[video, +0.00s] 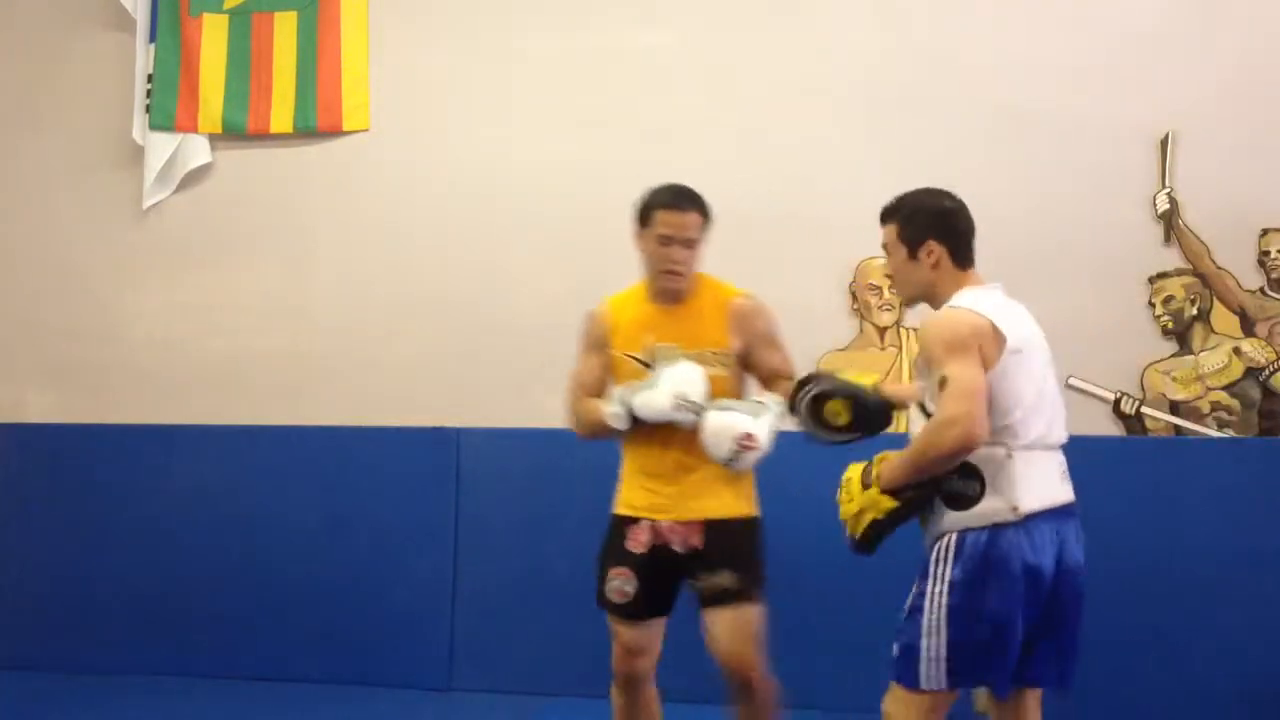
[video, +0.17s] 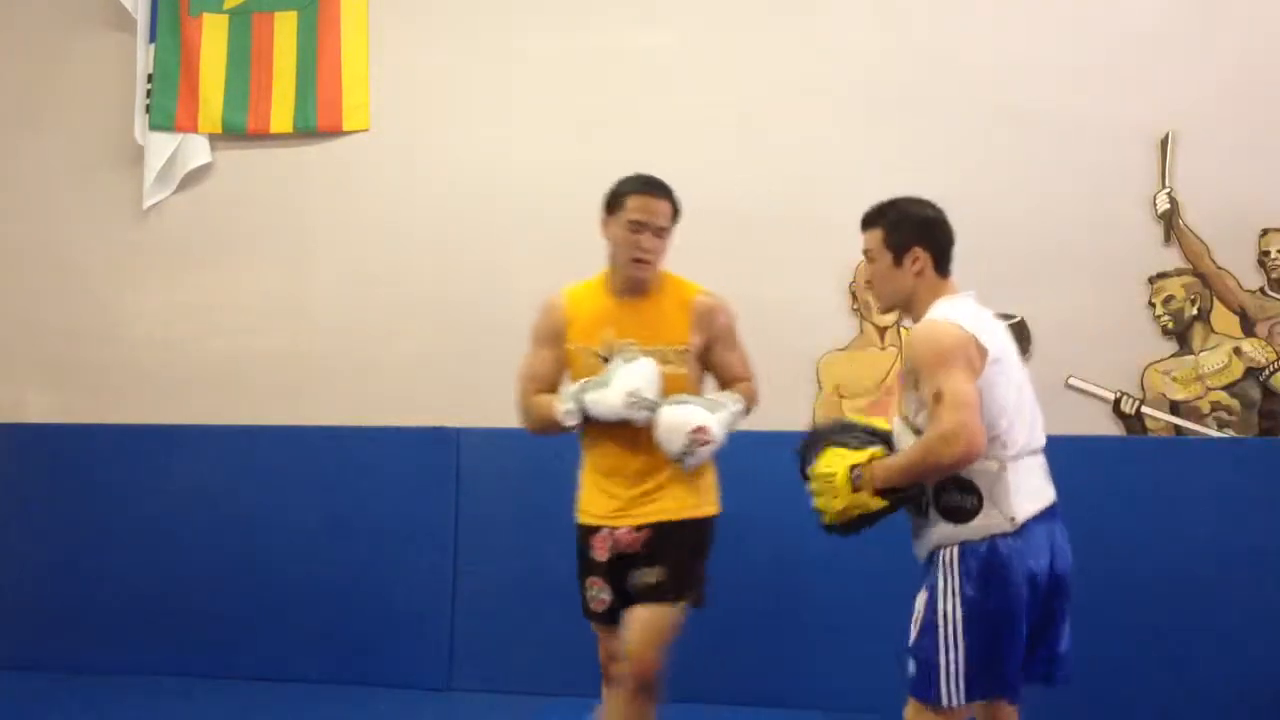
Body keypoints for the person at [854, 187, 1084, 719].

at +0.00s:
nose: (887, 270)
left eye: (891, 256)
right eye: (886, 257)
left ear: (931, 256)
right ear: (941, 253)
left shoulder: (950, 323)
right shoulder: (1010, 312)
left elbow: (963, 427)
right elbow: (991, 388)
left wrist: (880, 477)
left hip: (986, 543)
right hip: (1054, 531)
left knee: (911, 705)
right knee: (1016, 701)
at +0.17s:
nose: (864, 275)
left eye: (871, 260)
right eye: (865, 260)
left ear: (915, 262)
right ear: (920, 263)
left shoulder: (935, 332)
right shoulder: (976, 318)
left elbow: (960, 438)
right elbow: (974, 441)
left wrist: (872, 476)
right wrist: (888, 471)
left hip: (980, 555)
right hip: (1030, 539)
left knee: (931, 708)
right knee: (996, 704)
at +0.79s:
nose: (858, 286)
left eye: (869, 272)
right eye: (858, 272)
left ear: (915, 277)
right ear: (911, 281)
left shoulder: (945, 347)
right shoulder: (929, 340)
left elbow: (934, 462)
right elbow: (908, 435)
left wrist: (844, 451)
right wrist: (826, 434)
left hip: (966, 539)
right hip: (984, 537)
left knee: (880, 702)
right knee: (986, 698)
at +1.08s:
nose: (799, 295)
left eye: (811, 281)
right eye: (800, 281)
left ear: (857, 288)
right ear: (854, 291)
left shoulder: (882, 358)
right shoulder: (871, 351)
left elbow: (877, 480)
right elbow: (841, 454)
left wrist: (779, 493)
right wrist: (767, 477)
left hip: (928, 550)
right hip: (951, 542)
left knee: (849, 708)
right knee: (939, 693)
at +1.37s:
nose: (762, 292)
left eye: (772, 278)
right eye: (762, 279)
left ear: (818, 282)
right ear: (812, 285)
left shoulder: (854, 351)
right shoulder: (810, 351)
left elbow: (807, 464)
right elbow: (780, 441)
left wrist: (715, 456)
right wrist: (700, 449)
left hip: (911, 545)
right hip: (900, 542)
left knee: (851, 709)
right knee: (935, 691)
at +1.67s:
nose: (734, 298)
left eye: (742, 283)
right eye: (733, 284)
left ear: (787, 280)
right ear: (785, 283)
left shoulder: (836, 343)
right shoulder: (814, 342)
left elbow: (815, 454)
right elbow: (795, 435)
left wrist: (741, 396)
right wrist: (725, 396)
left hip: (881, 546)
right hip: (895, 538)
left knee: (828, 710)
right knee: (928, 687)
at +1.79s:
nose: (728, 299)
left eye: (735, 284)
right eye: (727, 285)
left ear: (780, 283)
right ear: (779, 285)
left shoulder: (820, 339)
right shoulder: (805, 336)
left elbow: (754, 430)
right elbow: (753, 424)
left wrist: (694, 368)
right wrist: (695, 378)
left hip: (892, 544)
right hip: (915, 531)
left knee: (840, 708)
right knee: (940, 687)